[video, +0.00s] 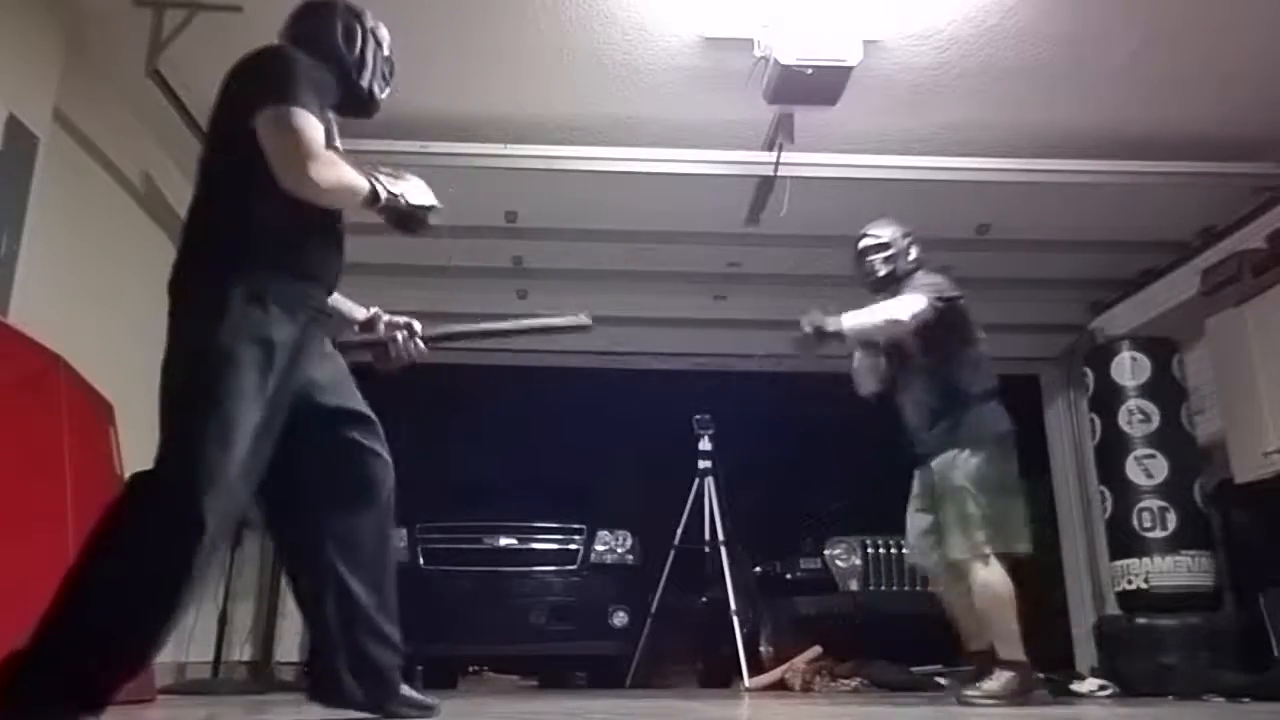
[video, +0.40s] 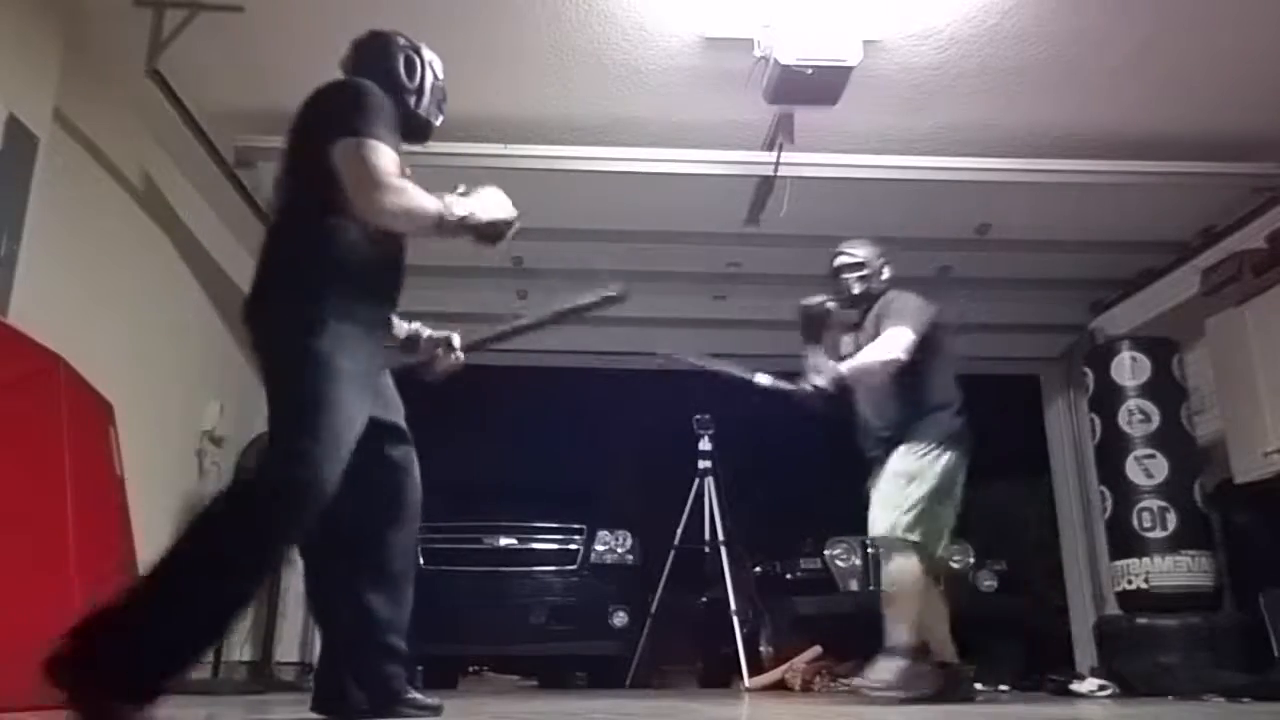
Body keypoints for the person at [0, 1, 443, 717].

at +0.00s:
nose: (370, 85)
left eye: (374, 73)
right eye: (369, 67)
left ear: (322, 40)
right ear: (347, 43)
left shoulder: (307, 113)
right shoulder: (282, 68)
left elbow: (285, 264)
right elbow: (303, 165)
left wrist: (366, 322)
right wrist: (382, 191)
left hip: (299, 325)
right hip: (240, 306)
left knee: (353, 476)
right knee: (194, 496)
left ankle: (361, 677)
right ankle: (47, 691)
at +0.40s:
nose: (429, 112)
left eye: (432, 99)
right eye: (428, 94)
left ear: (380, 72)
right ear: (408, 75)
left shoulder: (373, 145)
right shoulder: (354, 97)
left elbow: (344, 292)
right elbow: (377, 194)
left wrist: (410, 342)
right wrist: (465, 210)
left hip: (356, 340)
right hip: (316, 323)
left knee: (387, 489)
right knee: (301, 480)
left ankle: (369, 683)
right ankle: (109, 667)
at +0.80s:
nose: (425, 44)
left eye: (425, 34)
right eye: (422, 28)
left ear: (352, 16)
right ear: (399, 16)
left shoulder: (313, 74)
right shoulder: (364, 52)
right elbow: (378, 153)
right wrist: (468, 273)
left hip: (303, 280)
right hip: (319, 277)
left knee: (352, 479)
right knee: (290, 480)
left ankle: (364, 684)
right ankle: (82, 682)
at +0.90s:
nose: (419, 35)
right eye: (417, 26)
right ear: (405, 9)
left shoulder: (304, 45)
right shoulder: (377, 10)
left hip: (280, 249)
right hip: (302, 248)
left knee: (331, 447)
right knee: (252, 472)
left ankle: (306, 662)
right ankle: (78, 694)